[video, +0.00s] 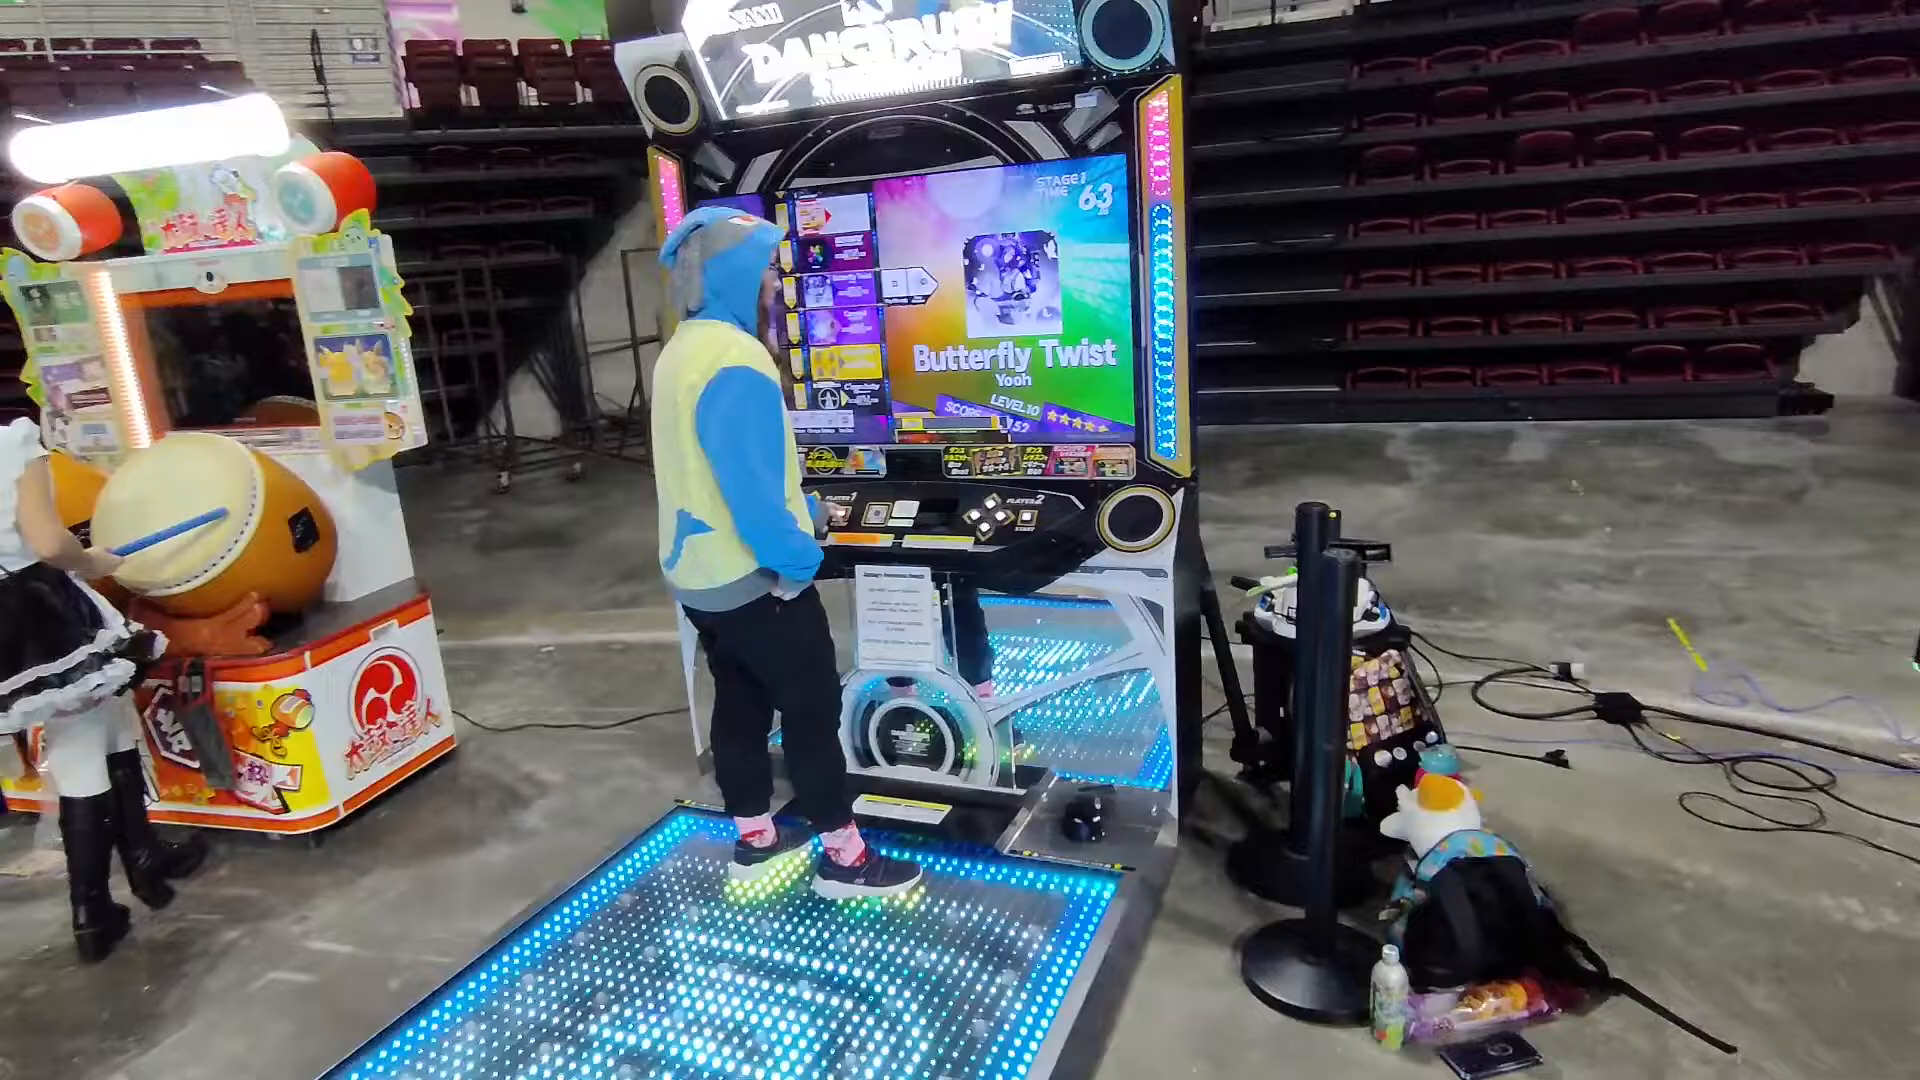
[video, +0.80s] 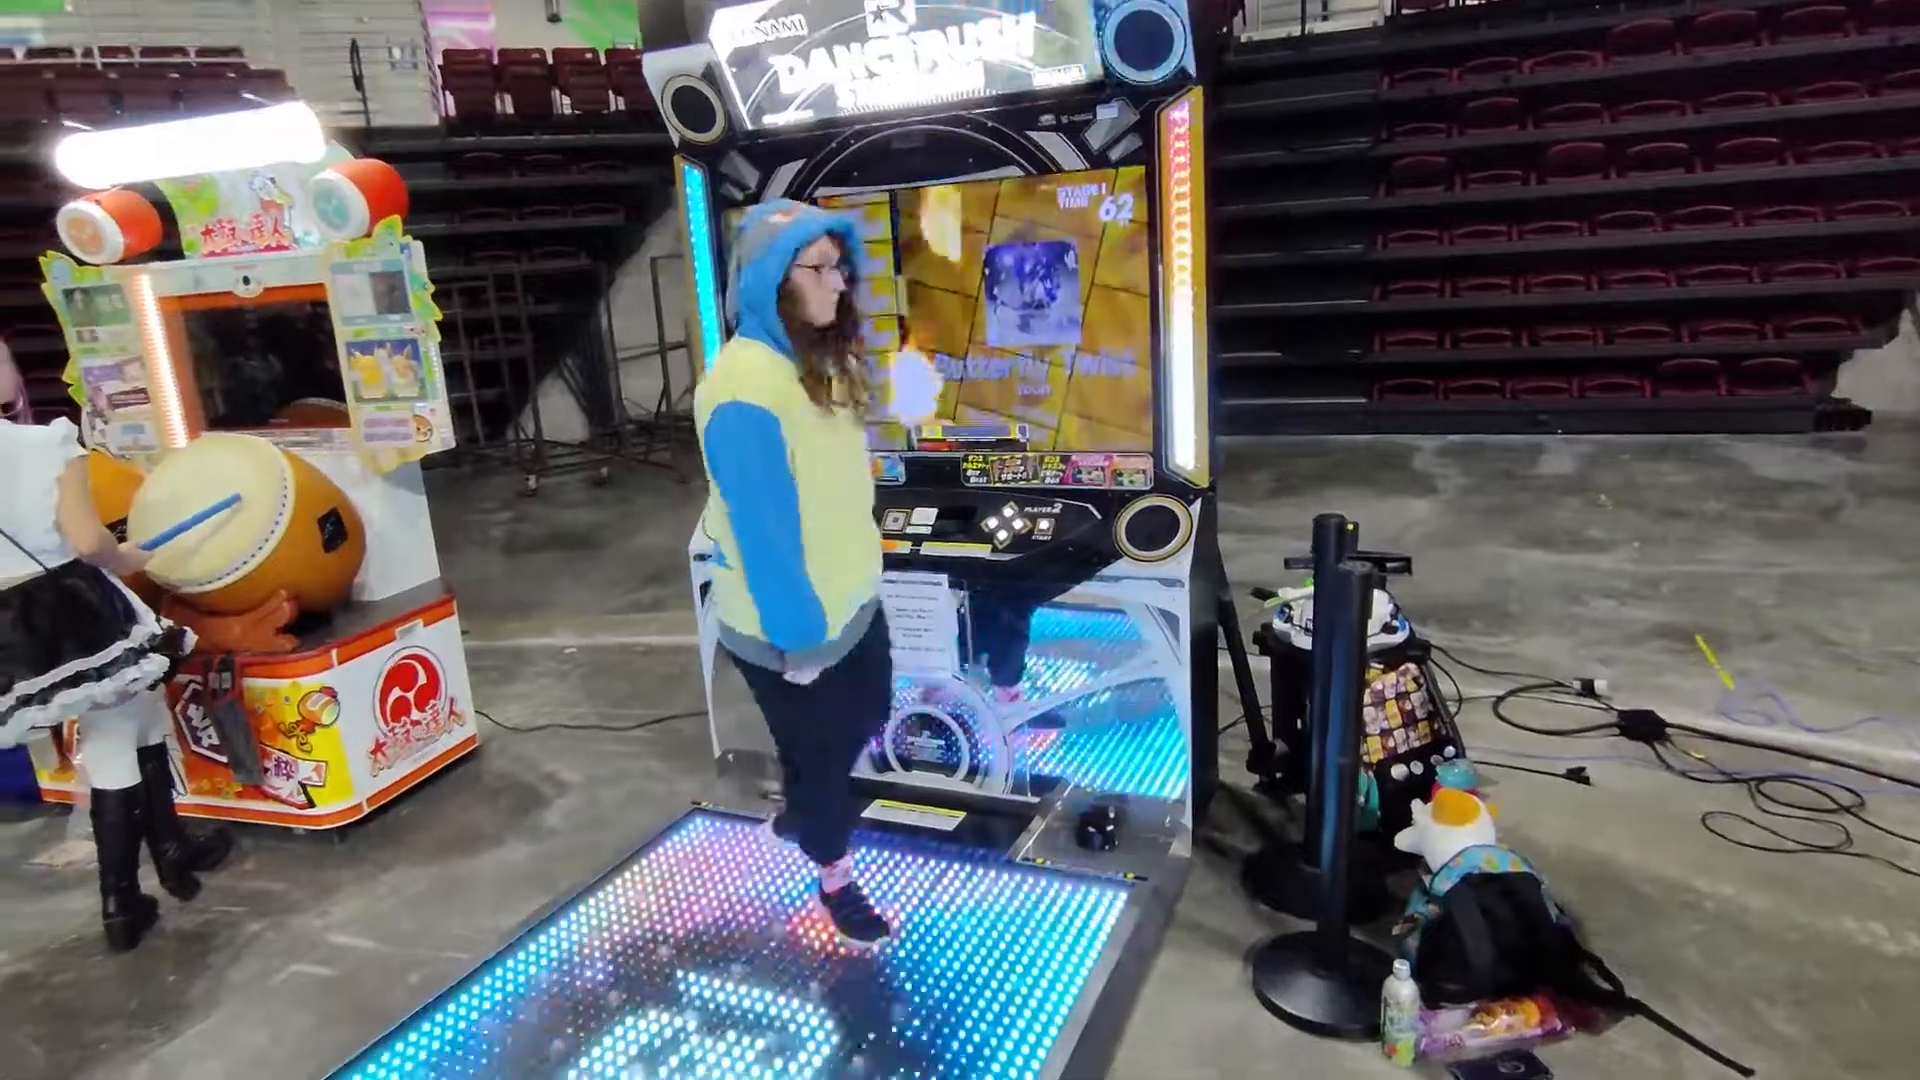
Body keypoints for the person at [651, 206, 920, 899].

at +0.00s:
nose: (777, 285)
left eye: (776, 271)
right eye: (768, 272)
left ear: (709, 279)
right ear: (736, 278)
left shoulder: (684, 351)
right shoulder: (735, 364)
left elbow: (698, 472)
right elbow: (754, 494)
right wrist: (804, 563)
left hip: (706, 581)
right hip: (757, 581)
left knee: (742, 697)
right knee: (813, 704)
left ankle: (753, 831)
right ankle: (843, 852)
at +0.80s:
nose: (834, 284)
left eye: (836, 268)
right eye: (816, 269)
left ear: (839, 275)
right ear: (773, 283)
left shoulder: (818, 361)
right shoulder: (743, 383)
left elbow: (838, 488)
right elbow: (762, 526)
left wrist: (860, 588)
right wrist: (800, 638)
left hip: (851, 600)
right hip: (785, 627)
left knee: (865, 714)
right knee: (819, 755)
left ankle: (801, 809)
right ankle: (835, 875)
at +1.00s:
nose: (839, 279)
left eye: (847, 263)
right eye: (817, 264)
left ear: (859, 273)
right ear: (777, 281)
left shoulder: (872, 362)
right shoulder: (743, 382)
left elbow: (913, 470)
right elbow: (737, 521)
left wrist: (914, 556)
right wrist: (766, 637)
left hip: (884, 596)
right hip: (795, 626)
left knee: (915, 719)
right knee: (820, 757)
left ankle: (903, 844)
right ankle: (846, 865)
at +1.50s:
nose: (797, 270)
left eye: (814, 251)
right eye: (785, 255)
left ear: (865, 255)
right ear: (776, 264)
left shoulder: (929, 355)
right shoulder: (762, 359)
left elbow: (994, 493)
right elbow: (731, 499)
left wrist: (1033, 613)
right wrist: (735, 614)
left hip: (913, 630)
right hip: (797, 635)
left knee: (917, 800)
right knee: (825, 785)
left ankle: (941, 951)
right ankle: (916, 821)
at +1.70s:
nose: (764, 277)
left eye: (781, 257)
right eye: (756, 260)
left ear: (837, 261)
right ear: (752, 269)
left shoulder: (919, 364)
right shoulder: (761, 361)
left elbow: (1017, 510)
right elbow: (750, 495)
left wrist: (1101, 643)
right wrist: (753, 598)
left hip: (914, 638)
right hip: (798, 631)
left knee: (926, 805)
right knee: (778, 786)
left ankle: (950, 944)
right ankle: (876, 908)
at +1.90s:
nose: (701, 300)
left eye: (716, 280)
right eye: (698, 280)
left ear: (781, 280)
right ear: (734, 289)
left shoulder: (869, 391)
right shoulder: (750, 377)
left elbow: (956, 543)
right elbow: (764, 519)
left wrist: (1013, 687)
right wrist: (753, 627)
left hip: (886, 676)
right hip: (778, 667)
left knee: (917, 832)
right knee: (763, 835)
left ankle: (958, 952)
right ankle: (781, 1010)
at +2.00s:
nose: (672, 306)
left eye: (686, 286)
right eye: (668, 286)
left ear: (750, 286)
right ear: (731, 289)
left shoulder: (825, 392)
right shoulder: (726, 380)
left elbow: (888, 560)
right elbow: (745, 538)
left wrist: (920, 717)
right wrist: (740, 662)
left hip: (834, 696)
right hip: (739, 689)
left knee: (889, 831)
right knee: (739, 840)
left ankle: (950, 943)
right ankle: (773, 1008)